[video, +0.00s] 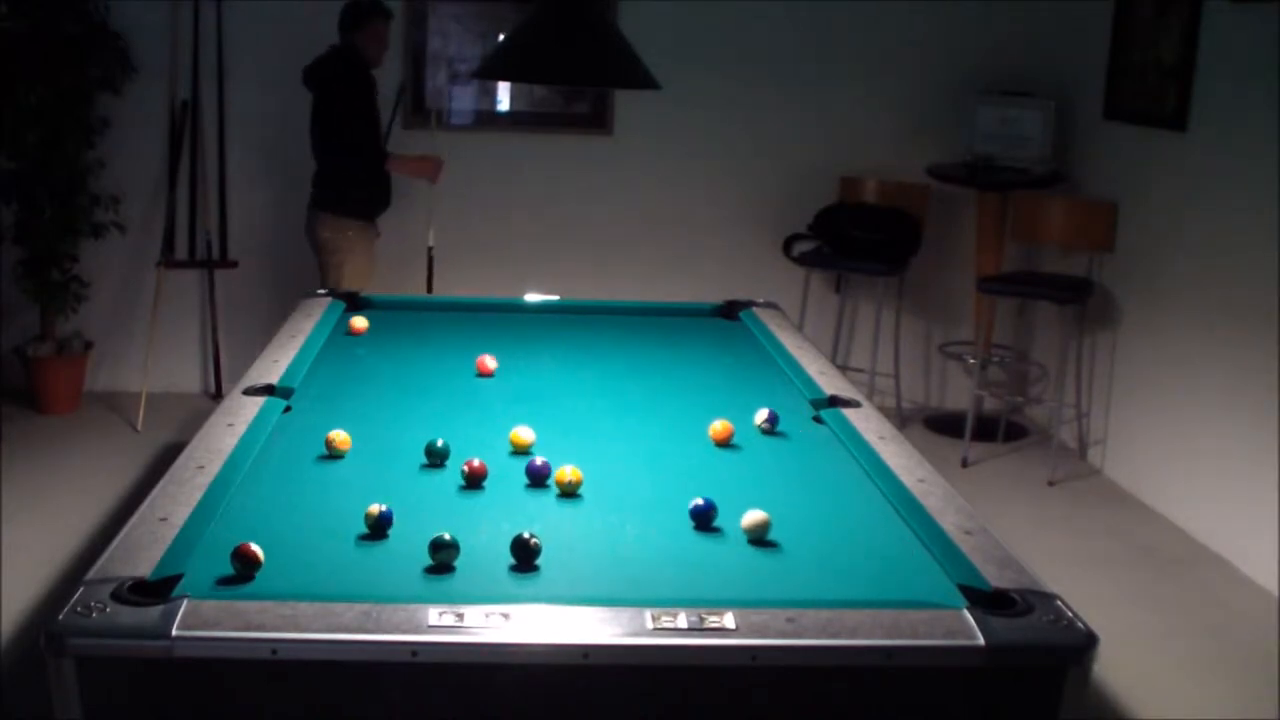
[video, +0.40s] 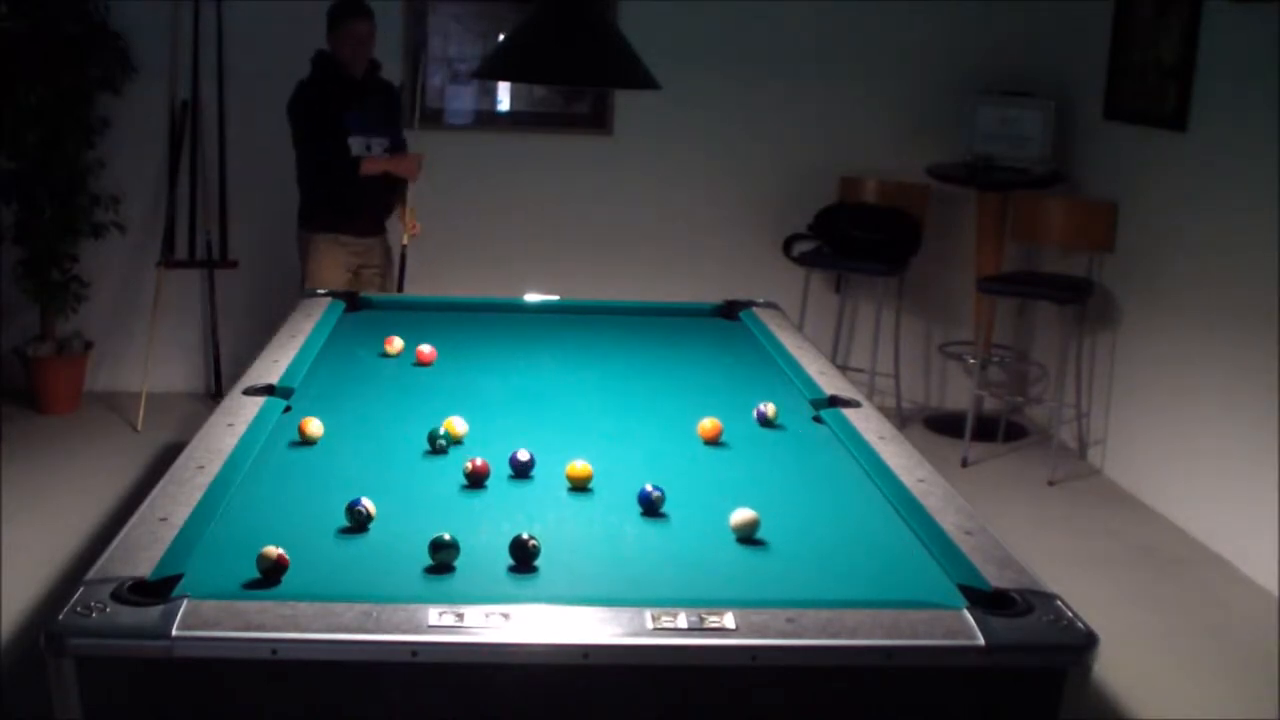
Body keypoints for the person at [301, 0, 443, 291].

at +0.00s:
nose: (385, 43)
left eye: (385, 34)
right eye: (379, 34)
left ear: (352, 34)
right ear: (362, 34)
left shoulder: (337, 73)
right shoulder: (350, 76)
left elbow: (351, 153)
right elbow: (359, 153)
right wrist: (411, 166)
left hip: (337, 215)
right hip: (347, 219)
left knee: (345, 314)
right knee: (350, 315)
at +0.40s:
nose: (361, 46)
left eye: (366, 37)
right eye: (352, 37)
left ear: (374, 39)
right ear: (333, 39)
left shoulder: (384, 92)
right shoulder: (311, 92)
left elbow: (396, 158)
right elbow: (322, 166)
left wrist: (403, 210)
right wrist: (388, 164)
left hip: (373, 231)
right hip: (327, 232)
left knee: (373, 332)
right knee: (326, 331)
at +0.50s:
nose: (358, 48)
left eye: (364, 38)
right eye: (350, 39)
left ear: (372, 38)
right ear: (331, 41)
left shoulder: (387, 91)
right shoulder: (309, 93)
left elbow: (400, 159)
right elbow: (318, 171)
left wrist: (400, 210)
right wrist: (387, 165)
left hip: (379, 236)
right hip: (329, 236)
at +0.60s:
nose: (358, 49)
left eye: (364, 39)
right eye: (349, 40)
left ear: (373, 39)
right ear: (331, 41)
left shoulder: (393, 90)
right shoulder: (310, 94)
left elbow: (410, 154)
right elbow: (310, 172)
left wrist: (406, 201)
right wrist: (376, 177)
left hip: (392, 239)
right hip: (336, 239)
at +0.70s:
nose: (363, 54)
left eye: (371, 43)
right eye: (354, 44)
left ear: (381, 43)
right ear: (338, 44)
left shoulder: (402, 91)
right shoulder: (319, 98)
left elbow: (420, 154)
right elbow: (306, 174)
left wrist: (414, 195)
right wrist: (367, 211)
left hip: (402, 240)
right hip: (346, 244)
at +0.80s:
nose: (378, 57)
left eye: (385, 47)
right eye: (369, 47)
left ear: (395, 46)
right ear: (354, 47)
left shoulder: (413, 91)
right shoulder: (334, 101)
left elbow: (435, 151)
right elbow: (314, 179)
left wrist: (435, 191)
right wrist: (363, 235)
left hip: (415, 246)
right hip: (354, 249)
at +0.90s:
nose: (402, 62)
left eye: (409, 52)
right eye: (393, 52)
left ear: (421, 54)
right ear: (378, 53)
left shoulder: (435, 102)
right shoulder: (354, 108)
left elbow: (452, 157)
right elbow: (332, 185)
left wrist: (459, 191)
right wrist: (372, 246)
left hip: (429, 247)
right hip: (371, 250)